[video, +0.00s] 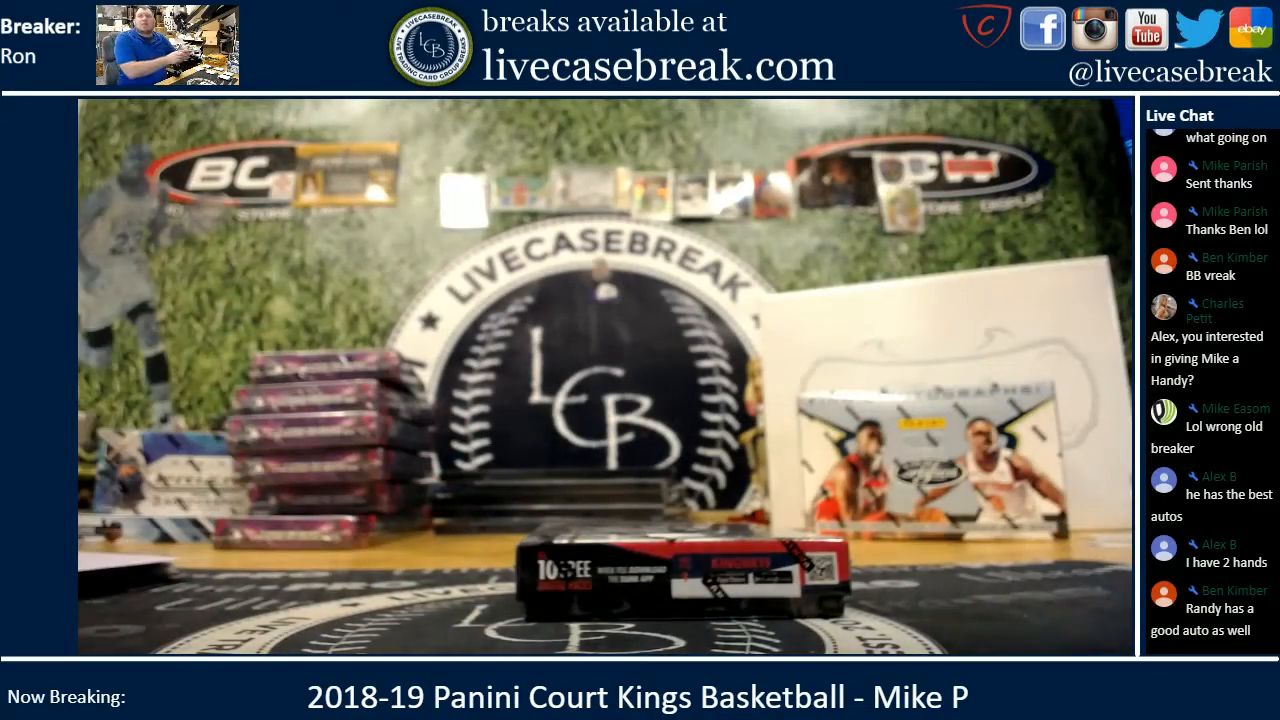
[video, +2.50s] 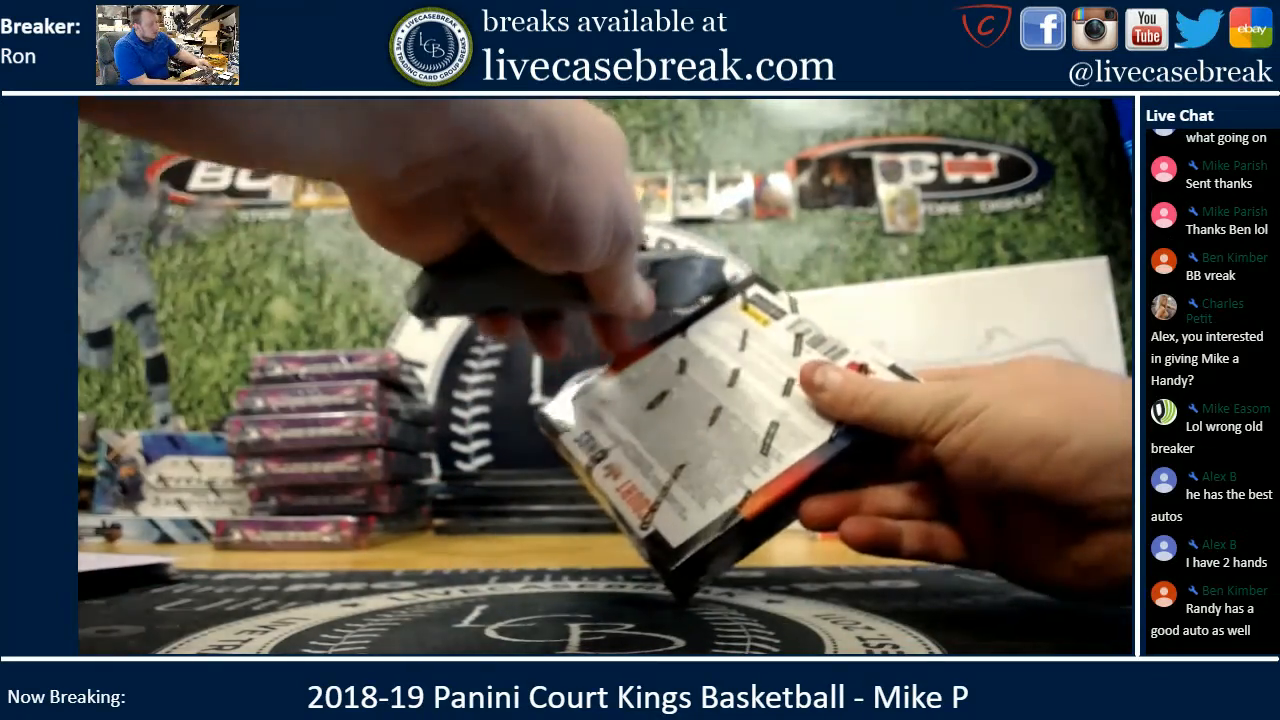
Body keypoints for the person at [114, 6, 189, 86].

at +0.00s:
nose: (144, 19)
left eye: (148, 16)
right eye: (140, 16)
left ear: (154, 21)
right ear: (134, 21)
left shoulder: (160, 38)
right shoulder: (124, 39)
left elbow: (172, 58)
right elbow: (131, 72)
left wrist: (181, 55)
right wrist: (167, 60)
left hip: (159, 92)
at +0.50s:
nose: (157, 27)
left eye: (159, 22)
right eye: (153, 23)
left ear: (160, 21)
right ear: (140, 24)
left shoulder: (160, 38)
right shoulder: (126, 44)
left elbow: (173, 57)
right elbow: (138, 80)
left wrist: (191, 60)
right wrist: (178, 82)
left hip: (163, 90)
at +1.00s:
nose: (157, 27)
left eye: (157, 22)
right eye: (152, 24)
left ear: (159, 21)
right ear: (138, 25)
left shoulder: (160, 38)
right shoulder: (125, 46)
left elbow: (175, 55)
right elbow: (142, 83)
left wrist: (191, 64)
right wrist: (184, 82)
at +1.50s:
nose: (157, 28)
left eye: (157, 22)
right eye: (151, 24)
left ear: (158, 21)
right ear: (137, 26)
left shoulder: (161, 37)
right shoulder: (124, 46)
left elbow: (177, 55)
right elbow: (141, 82)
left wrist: (194, 64)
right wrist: (183, 83)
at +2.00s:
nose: (156, 28)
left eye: (156, 22)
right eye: (150, 24)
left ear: (158, 21)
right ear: (136, 27)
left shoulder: (161, 38)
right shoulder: (124, 47)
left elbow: (179, 54)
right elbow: (141, 83)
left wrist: (195, 61)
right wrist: (183, 83)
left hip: (164, 93)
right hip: (137, 99)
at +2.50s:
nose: (157, 27)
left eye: (157, 22)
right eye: (151, 24)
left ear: (158, 21)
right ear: (136, 27)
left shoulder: (162, 38)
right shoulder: (124, 47)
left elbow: (179, 53)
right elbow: (141, 83)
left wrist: (196, 61)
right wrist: (181, 84)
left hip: (164, 95)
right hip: (137, 100)